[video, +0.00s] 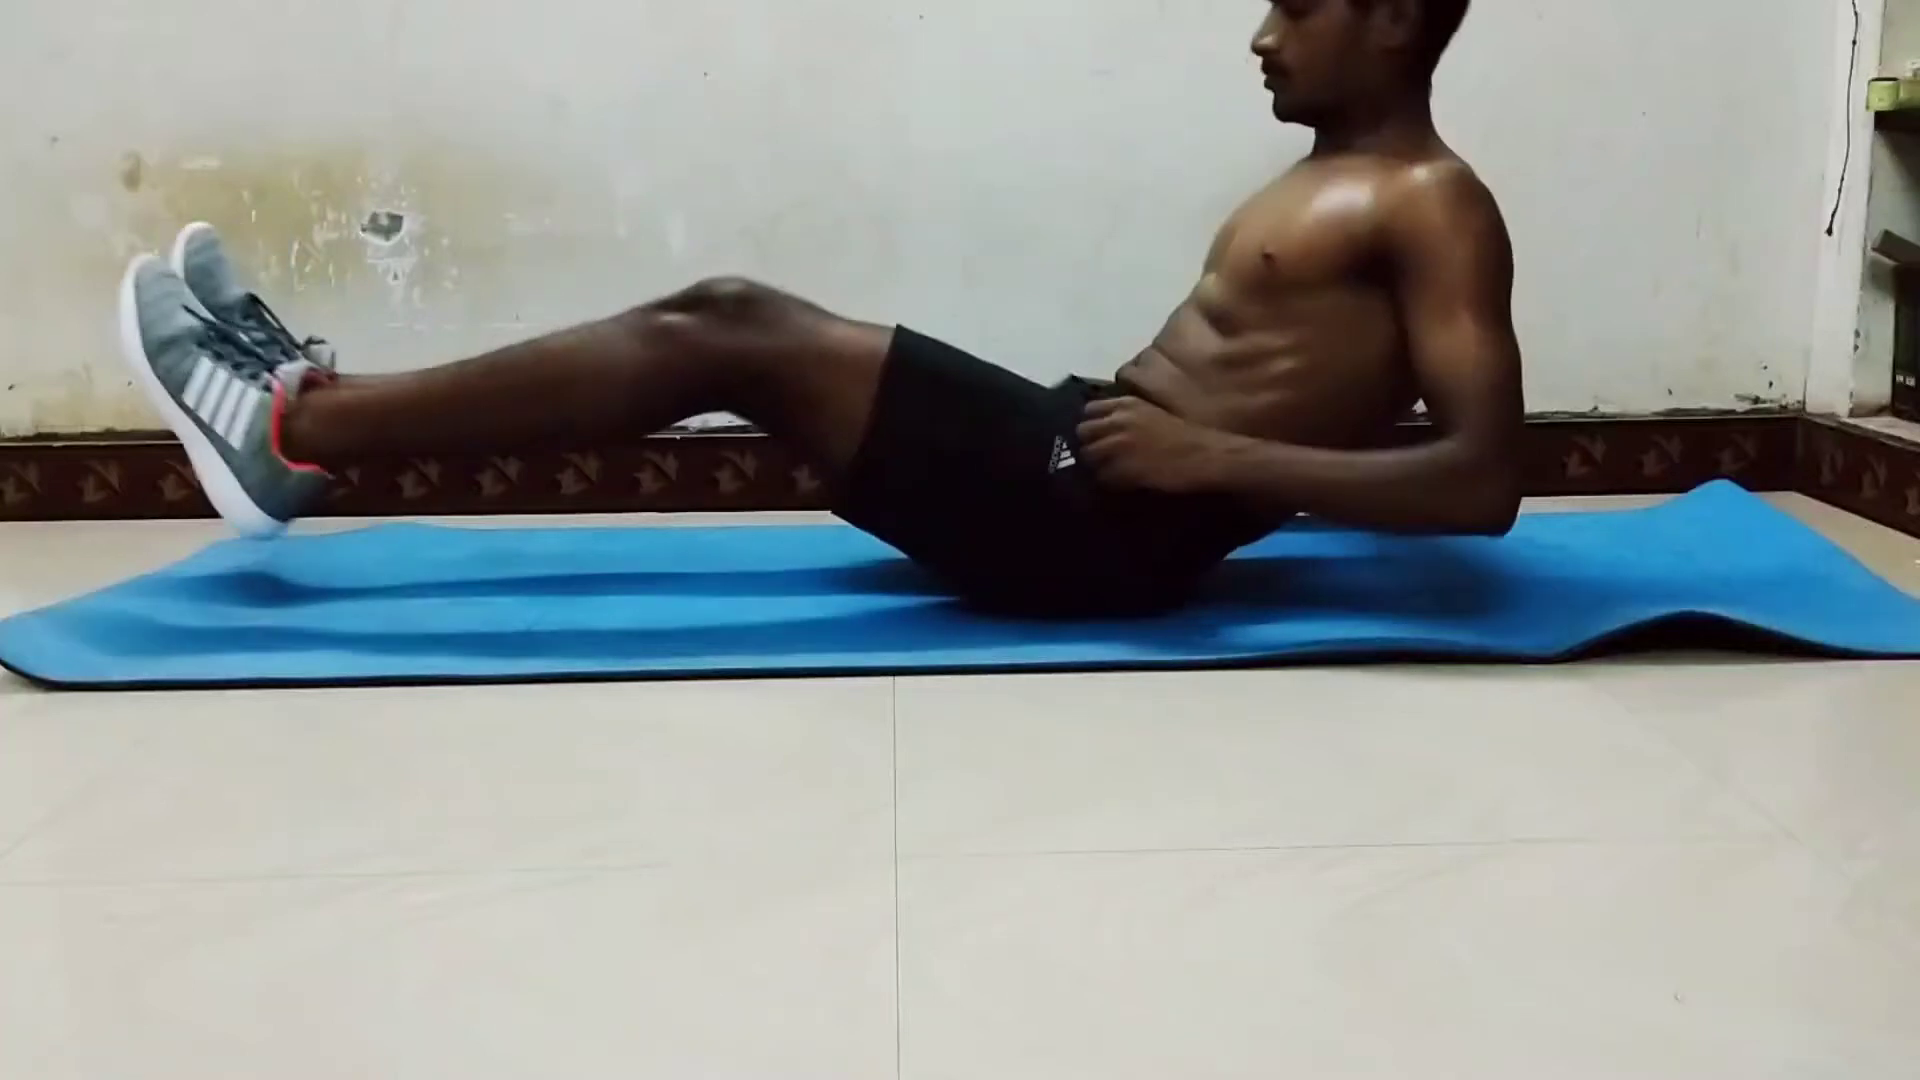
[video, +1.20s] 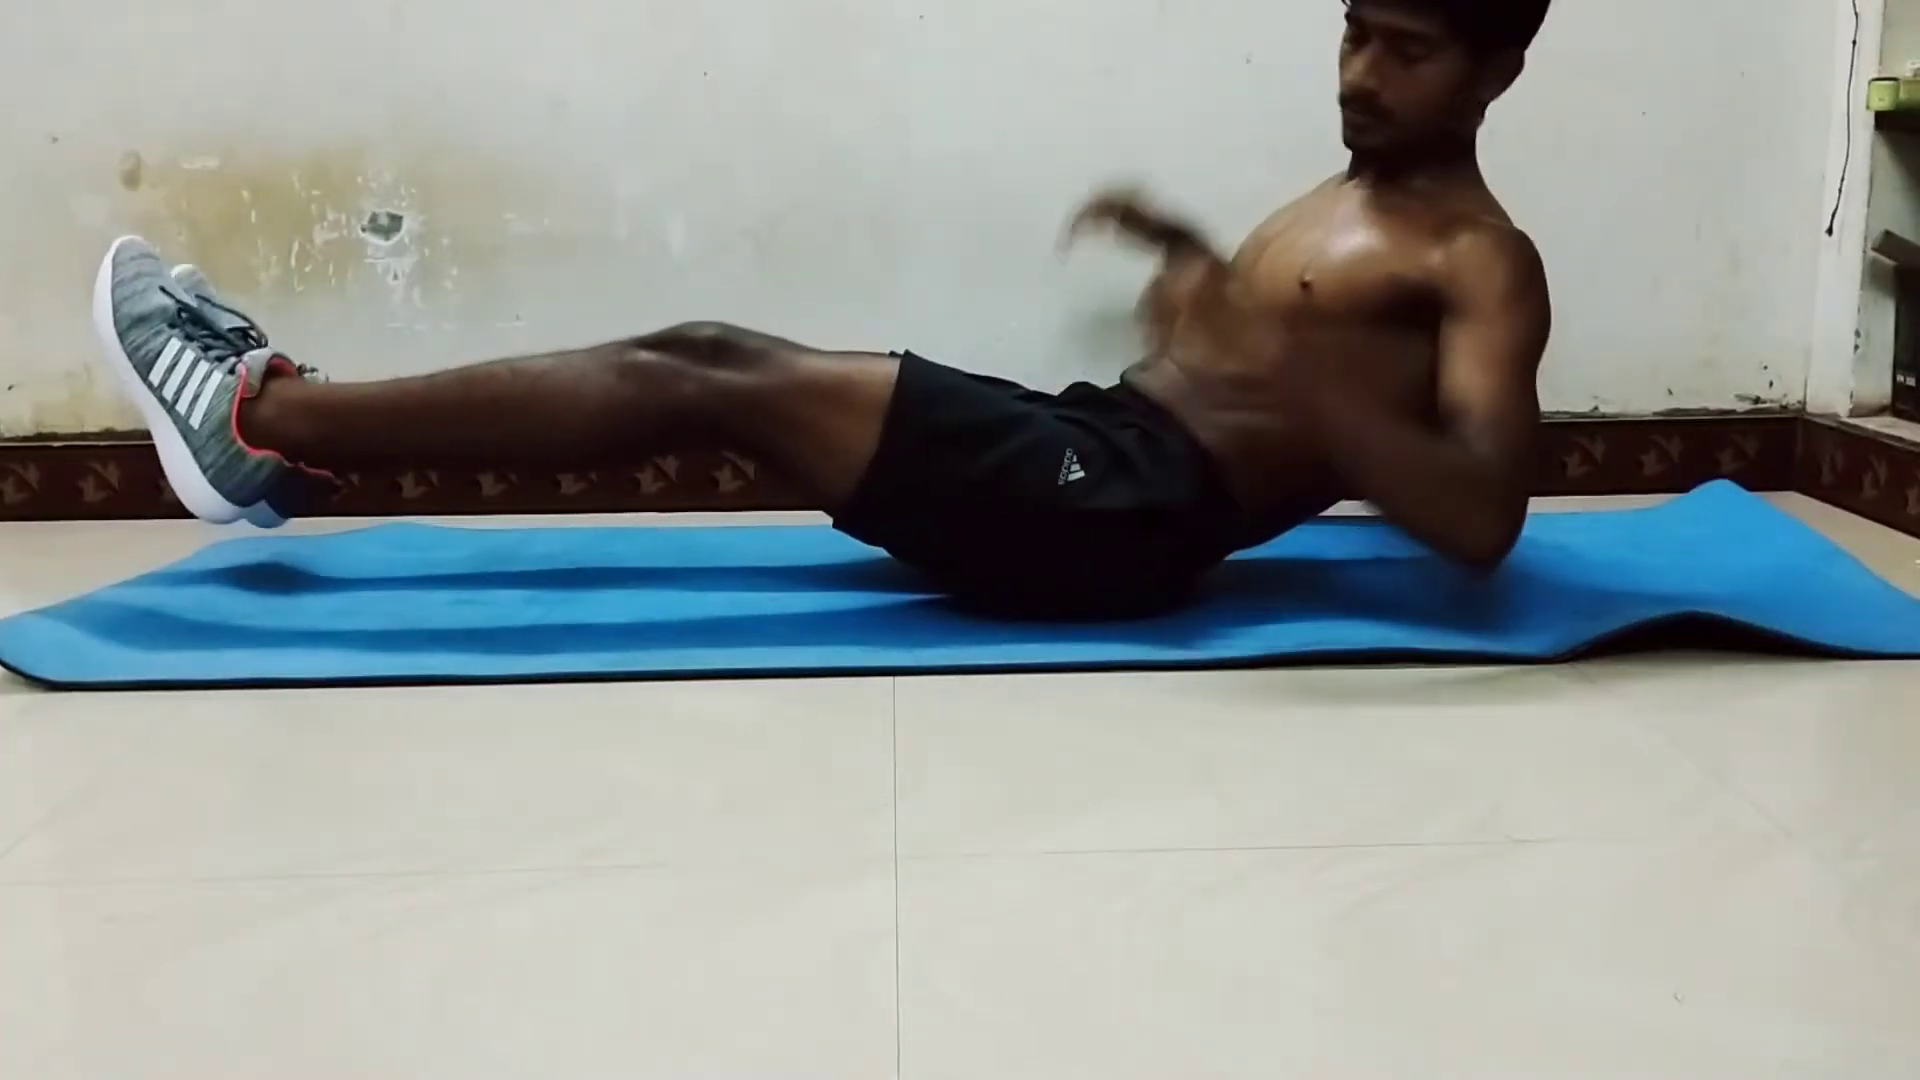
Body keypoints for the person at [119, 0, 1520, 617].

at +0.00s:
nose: (1266, 39)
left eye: (1294, 13)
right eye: (1274, 15)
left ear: (1393, 28)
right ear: (1366, 33)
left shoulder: (1432, 199)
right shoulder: (1330, 179)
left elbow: (1488, 477)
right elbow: (1344, 417)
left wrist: (1231, 461)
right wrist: (1148, 420)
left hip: (1114, 512)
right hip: (1074, 462)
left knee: (719, 329)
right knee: (715, 319)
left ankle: (295, 430)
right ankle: (323, 426)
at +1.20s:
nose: (1363, 68)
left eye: (1409, 47)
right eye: (1360, 35)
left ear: (1498, 70)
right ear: (1352, 40)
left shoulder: (1484, 264)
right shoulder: (1338, 198)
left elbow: (1483, 522)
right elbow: (1255, 385)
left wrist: (1293, 367)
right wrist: (1182, 269)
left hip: (1126, 503)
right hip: (1083, 456)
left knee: (707, 375)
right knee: (703, 360)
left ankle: (265, 414)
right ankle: (292, 453)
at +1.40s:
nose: (1324, 54)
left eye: (1360, 32)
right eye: (1333, 28)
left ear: (1475, 57)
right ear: (1420, 49)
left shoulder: (1498, 246)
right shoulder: (1367, 178)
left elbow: (1447, 468)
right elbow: (1296, 319)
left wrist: (1332, 207)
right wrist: (1267, 162)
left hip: (1139, 498)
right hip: (1093, 439)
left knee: (712, 369)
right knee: (709, 348)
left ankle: (272, 414)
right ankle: (313, 459)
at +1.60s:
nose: (1309, 49)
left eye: (1333, 18)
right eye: (1318, 24)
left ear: (1427, 29)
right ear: (1434, 46)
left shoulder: (1475, 212)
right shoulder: (1419, 195)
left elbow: (1388, 288)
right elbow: (1372, 291)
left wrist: (1379, 88)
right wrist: (1353, 105)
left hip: (1134, 506)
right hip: (1099, 432)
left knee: (716, 386)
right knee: (747, 291)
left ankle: (253, 419)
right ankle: (336, 446)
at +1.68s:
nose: (1300, 58)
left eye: (1324, 25)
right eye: (1308, 32)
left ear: (1423, 31)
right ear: (1421, 45)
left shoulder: (1463, 203)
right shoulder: (1412, 187)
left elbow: (1355, 223)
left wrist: (1375, 67)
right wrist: (1354, 78)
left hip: (1139, 503)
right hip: (1100, 424)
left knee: (733, 397)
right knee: (771, 271)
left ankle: (253, 430)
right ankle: (389, 415)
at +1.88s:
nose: (1419, 36)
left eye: (1416, 24)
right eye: (1414, 15)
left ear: (1424, 56)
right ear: (1408, 50)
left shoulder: (1430, 176)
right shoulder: (1383, 175)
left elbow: (1227, 69)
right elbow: (1250, 66)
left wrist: (1387, 43)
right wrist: (1384, 46)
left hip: (1132, 499)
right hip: (1093, 420)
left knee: (718, 428)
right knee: (859, 195)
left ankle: (236, 449)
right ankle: (516, 377)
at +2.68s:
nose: (1231, 69)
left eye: (1249, 40)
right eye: (1232, 41)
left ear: (1353, 29)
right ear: (1328, 37)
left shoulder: (1420, 171)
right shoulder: (1357, 170)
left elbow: (1376, 84)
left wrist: (1429, 48)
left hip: (1147, 513)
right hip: (1126, 435)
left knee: (787, 285)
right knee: (895, 170)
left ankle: (351, 428)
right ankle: (514, 305)